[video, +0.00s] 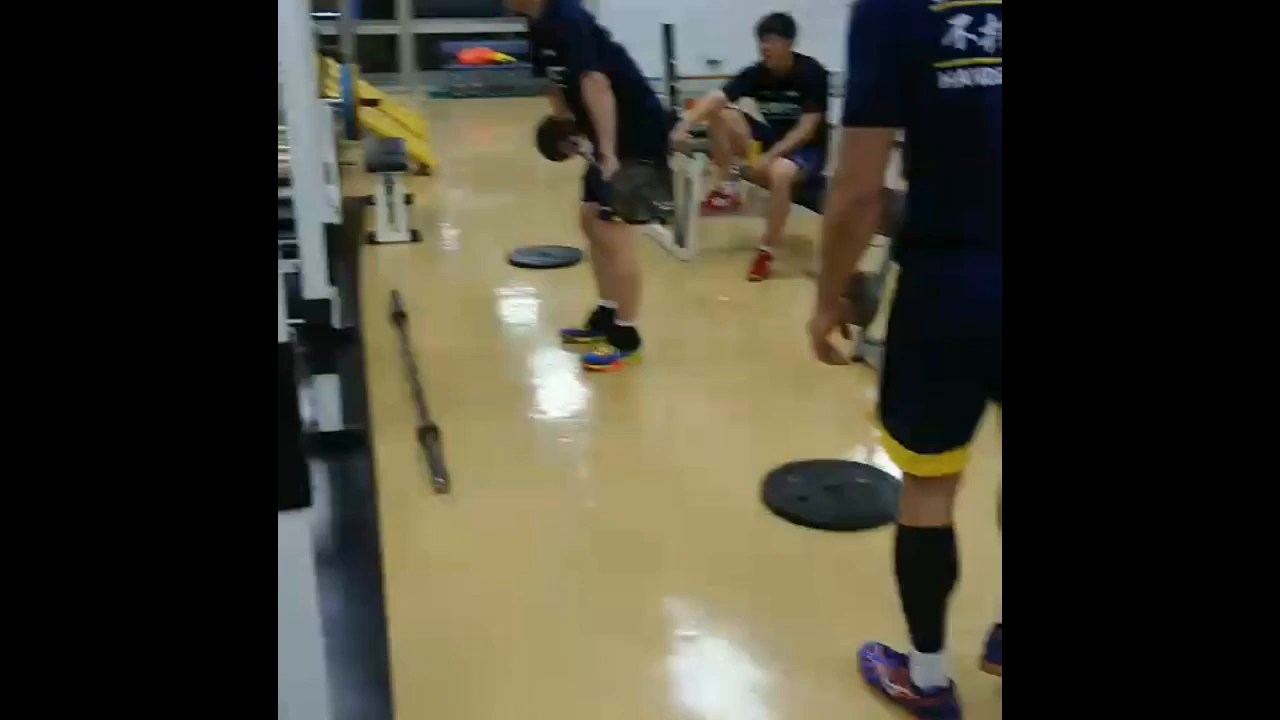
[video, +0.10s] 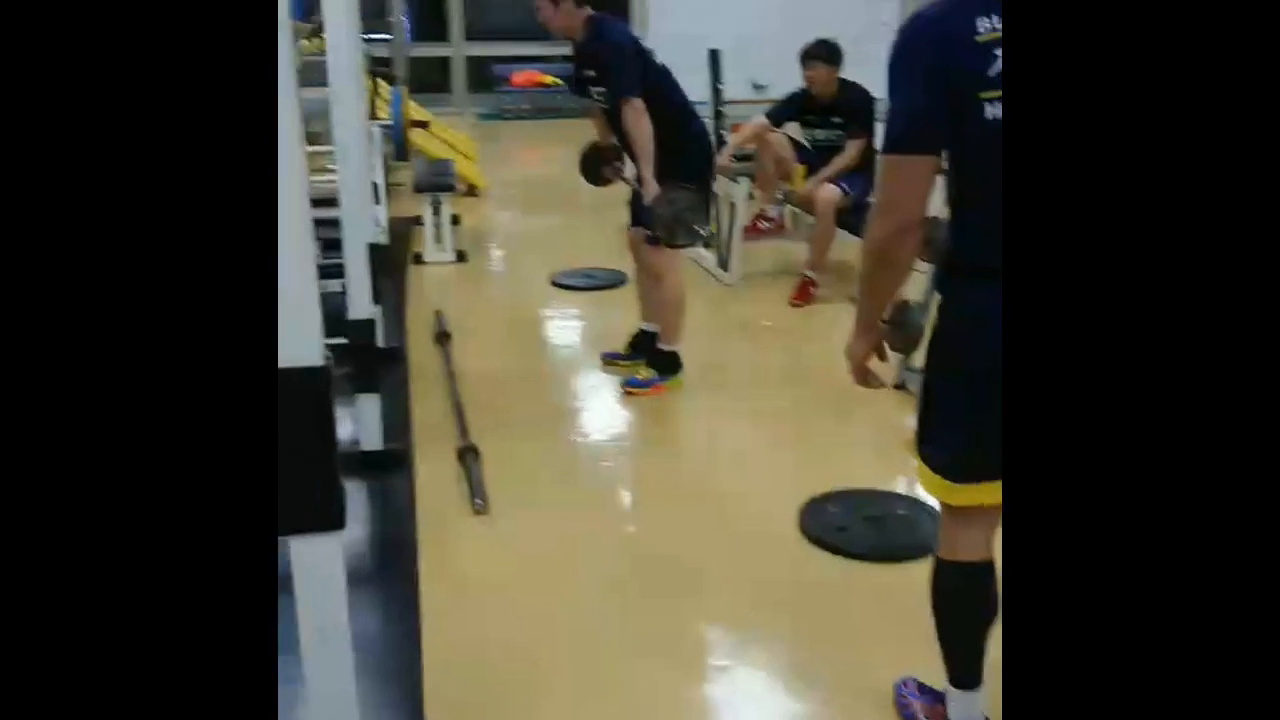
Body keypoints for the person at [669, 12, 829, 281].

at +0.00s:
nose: (764, 46)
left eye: (771, 40)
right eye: (762, 40)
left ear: (788, 43)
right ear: (758, 42)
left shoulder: (812, 72)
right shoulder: (756, 73)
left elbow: (808, 127)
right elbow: (717, 100)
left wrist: (770, 156)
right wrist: (684, 126)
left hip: (804, 144)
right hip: (768, 138)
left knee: (780, 171)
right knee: (719, 115)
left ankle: (767, 250)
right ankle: (726, 192)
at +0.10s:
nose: (808, 74)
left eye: (814, 67)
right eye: (805, 67)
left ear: (833, 70)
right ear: (803, 69)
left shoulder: (857, 98)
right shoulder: (801, 99)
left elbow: (853, 154)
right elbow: (761, 126)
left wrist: (814, 182)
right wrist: (727, 150)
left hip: (852, 168)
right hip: (814, 162)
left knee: (825, 196)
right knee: (766, 140)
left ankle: (810, 275)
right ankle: (769, 215)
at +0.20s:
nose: (854, 110)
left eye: (860, 104)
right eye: (851, 104)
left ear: (879, 105)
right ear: (848, 105)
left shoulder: (903, 133)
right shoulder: (848, 133)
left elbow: (900, 188)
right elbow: (807, 159)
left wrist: (858, 219)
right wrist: (772, 187)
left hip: (899, 204)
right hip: (860, 199)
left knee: (870, 231)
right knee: (814, 172)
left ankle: (855, 311)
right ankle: (815, 247)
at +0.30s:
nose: (879, 132)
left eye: (886, 126)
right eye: (876, 126)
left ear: (905, 127)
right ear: (873, 127)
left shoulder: (929, 156)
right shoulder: (872, 153)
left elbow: (926, 212)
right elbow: (833, 181)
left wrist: (882, 239)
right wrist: (798, 209)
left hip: (925, 228)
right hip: (886, 221)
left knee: (893, 253)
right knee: (840, 193)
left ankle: (878, 335)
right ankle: (838, 267)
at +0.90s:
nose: (907, 152)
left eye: (914, 145)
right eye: (903, 145)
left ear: (935, 147)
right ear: (900, 147)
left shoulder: (957, 178)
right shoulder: (898, 174)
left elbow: (951, 235)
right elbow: (858, 200)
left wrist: (905, 260)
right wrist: (822, 228)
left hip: (952, 250)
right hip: (912, 241)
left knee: (917, 274)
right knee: (863, 216)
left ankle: (900, 356)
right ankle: (864, 289)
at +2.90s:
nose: (898, 187)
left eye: (905, 181)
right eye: (895, 181)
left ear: (924, 181)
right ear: (891, 182)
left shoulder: (947, 211)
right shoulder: (890, 210)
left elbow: (939, 268)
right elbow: (848, 236)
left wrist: (897, 296)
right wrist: (811, 261)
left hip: (943, 283)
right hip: (904, 276)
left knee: (908, 307)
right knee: (856, 250)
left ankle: (890, 389)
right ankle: (857, 326)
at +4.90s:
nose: (894, 205)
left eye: (901, 198)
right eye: (890, 198)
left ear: (920, 200)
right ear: (886, 199)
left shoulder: (941, 231)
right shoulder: (884, 227)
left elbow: (932, 287)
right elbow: (843, 253)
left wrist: (889, 314)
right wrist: (805, 278)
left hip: (935, 303)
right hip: (895, 294)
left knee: (901, 325)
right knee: (848, 268)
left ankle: (883, 407)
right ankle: (849, 344)